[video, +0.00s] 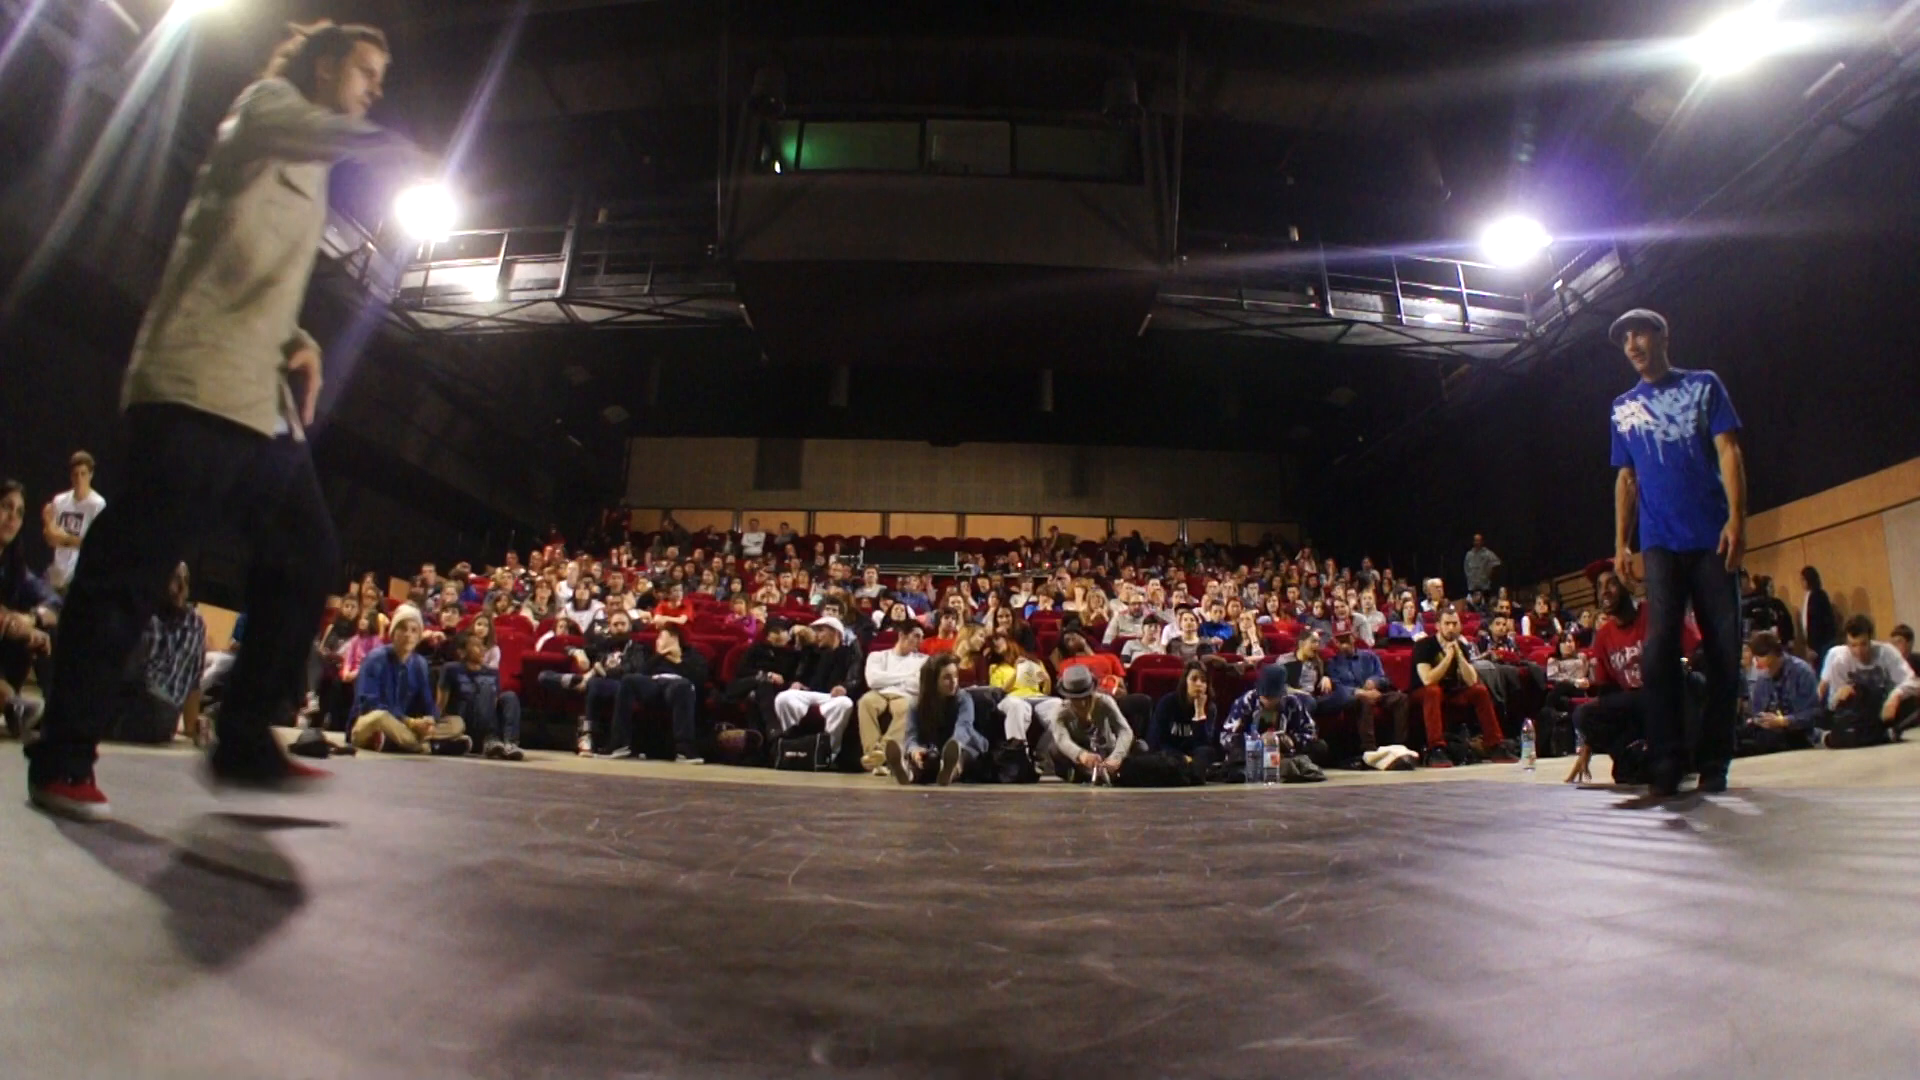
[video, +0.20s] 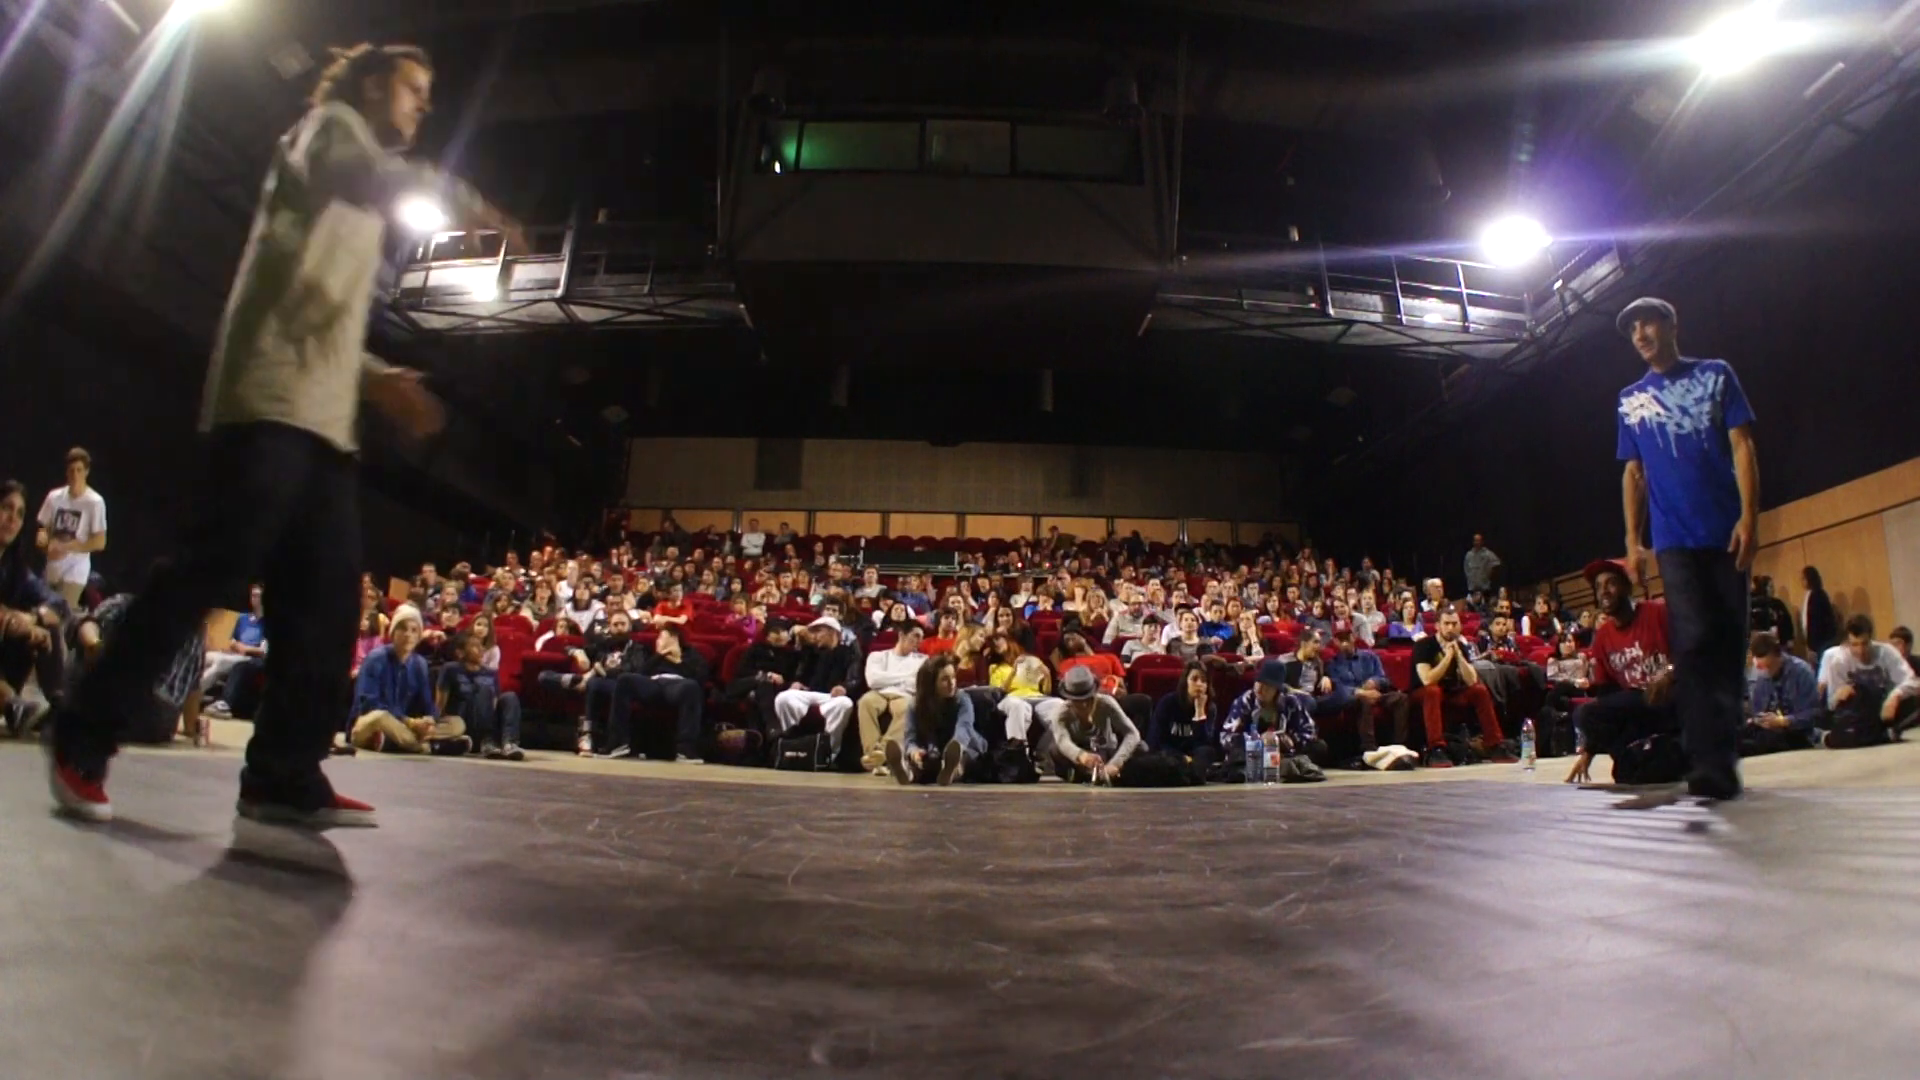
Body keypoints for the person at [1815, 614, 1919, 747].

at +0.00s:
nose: (1858, 650)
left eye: (1863, 644)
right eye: (1853, 645)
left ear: (1870, 640)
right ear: (1847, 643)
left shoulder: (1887, 652)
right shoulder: (1839, 657)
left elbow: (1911, 680)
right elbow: (1830, 705)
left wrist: (1895, 696)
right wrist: (1838, 696)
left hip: (1884, 705)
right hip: (1855, 708)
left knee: (1913, 703)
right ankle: (1885, 734)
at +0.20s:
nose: (1860, 650)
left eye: (1864, 644)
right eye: (1854, 645)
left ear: (1870, 640)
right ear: (1848, 642)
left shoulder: (1886, 652)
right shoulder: (1837, 659)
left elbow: (1911, 680)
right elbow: (1831, 705)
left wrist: (1894, 696)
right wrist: (1838, 696)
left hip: (1884, 705)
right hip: (1855, 708)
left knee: (1913, 702)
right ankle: (1886, 734)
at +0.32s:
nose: (1860, 650)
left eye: (1864, 643)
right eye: (1855, 645)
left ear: (1870, 639)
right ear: (1847, 643)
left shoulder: (1886, 652)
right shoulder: (1838, 662)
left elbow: (1911, 680)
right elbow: (1831, 705)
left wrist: (1894, 696)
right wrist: (1838, 696)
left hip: (1884, 705)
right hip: (1855, 709)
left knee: (1913, 702)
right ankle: (1886, 734)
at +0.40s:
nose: (1860, 650)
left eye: (1864, 644)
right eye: (1855, 645)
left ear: (1870, 639)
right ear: (1847, 643)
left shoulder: (1886, 652)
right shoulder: (1837, 663)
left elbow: (1911, 680)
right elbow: (1831, 705)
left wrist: (1894, 696)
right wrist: (1838, 696)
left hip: (1885, 706)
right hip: (1856, 710)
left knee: (1913, 701)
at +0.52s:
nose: (1858, 649)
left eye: (1863, 643)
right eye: (1853, 643)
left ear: (1870, 639)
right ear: (1847, 642)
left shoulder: (1886, 653)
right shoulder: (1838, 663)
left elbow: (1911, 680)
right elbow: (1831, 705)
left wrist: (1894, 696)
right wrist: (1838, 696)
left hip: (1885, 706)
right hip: (1857, 710)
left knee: (1913, 702)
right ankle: (1825, 738)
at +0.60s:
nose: (1858, 649)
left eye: (1862, 643)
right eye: (1853, 643)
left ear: (1870, 639)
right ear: (1847, 642)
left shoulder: (1886, 652)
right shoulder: (1838, 663)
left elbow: (1911, 680)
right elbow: (1831, 705)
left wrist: (1894, 696)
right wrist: (1838, 696)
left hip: (1884, 706)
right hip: (1856, 709)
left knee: (1913, 702)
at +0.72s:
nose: (1858, 648)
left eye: (1862, 642)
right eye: (1853, 642)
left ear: (1869, 640)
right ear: (1847, 640)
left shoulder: (1886, 652)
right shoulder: (1842, 659)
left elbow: (1911, 681)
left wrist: (1894, 696)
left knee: (1911, 701)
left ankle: (1879, 730)